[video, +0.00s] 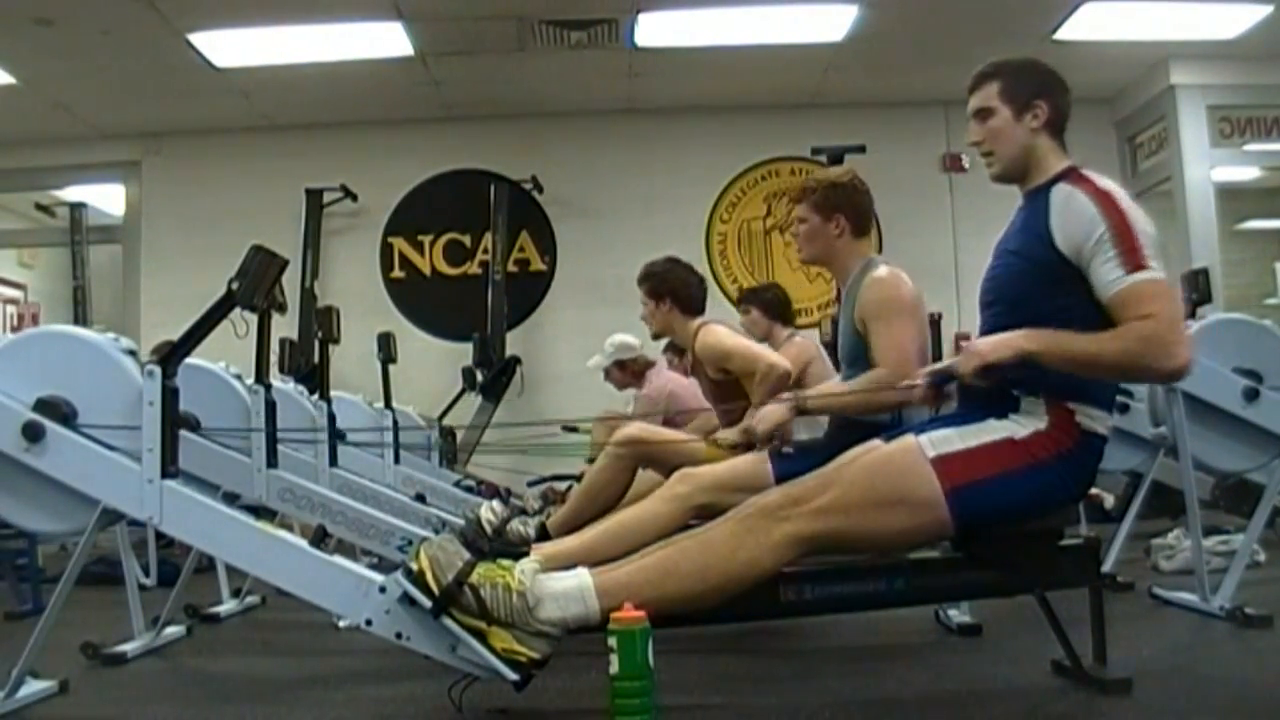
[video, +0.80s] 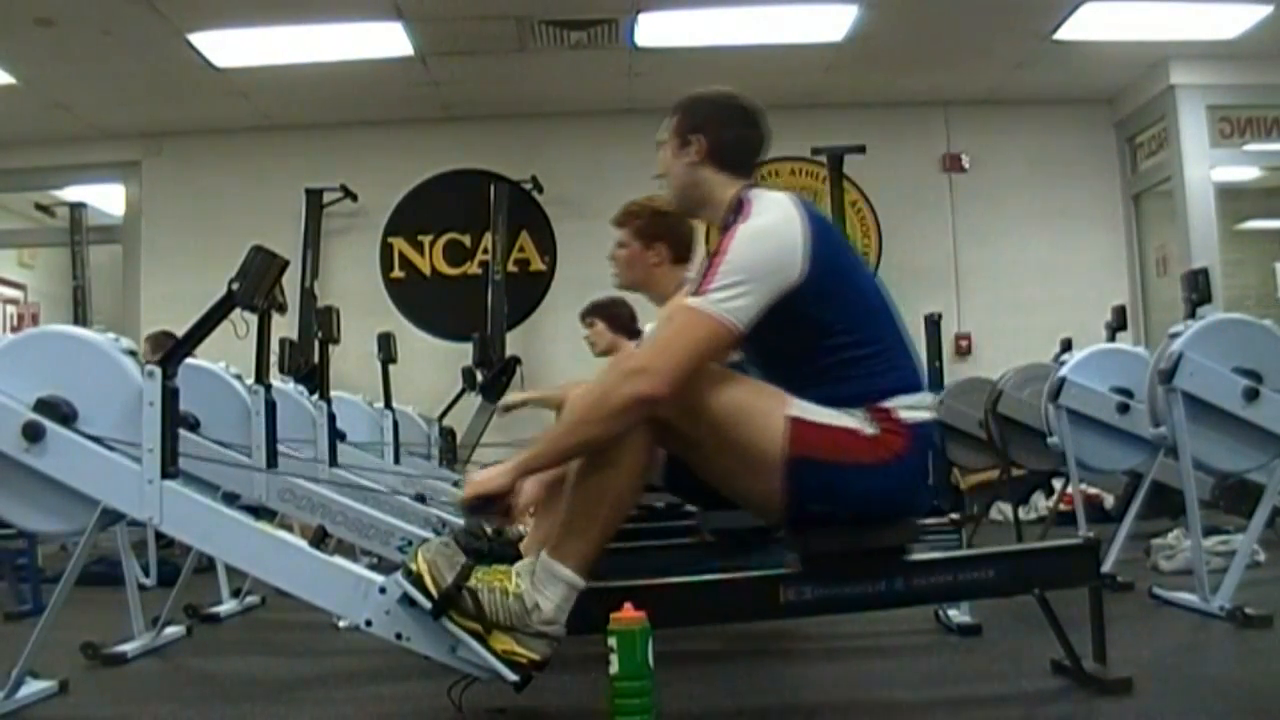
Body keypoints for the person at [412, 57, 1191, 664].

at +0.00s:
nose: (973, 140)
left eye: (985, 121)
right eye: (971, 126)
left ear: (1038, 117)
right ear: (1012, 126)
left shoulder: (1086, 198)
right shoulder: (1040, 213)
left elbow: (1166, 344)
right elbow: (1062, 341)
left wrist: (1018, 345)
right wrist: (972, 364)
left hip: (1042, 436)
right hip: (1002, 425)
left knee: (800, 513)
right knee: (782, 502)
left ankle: (566, 606)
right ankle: (560, 593)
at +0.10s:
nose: (954, 138)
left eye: (968, 118)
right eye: (953, 124)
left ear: (1023, 117)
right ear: (1006, 125)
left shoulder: (1068, 199)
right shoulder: (1020, 212)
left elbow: (1114, 363)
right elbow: (1037, 355)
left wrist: (962, 363)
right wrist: (938, 380)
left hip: (1037, 434)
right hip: (997, 427)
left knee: (791, 519)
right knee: (770, 506)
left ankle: (555, 608)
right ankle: (552, 597)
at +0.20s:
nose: (933, 132)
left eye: (946, 113)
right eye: (931, 119)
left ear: (999, 113)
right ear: (979, 123)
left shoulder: (1044, 196)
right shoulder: (993, 216)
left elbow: (1038, 369)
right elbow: (986, 362)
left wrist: (885, 391)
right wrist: (879, 405)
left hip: (1035, 438)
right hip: (990, 431)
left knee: (788, 508)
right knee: (761, 496)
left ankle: (554, 605)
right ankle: (551, 597)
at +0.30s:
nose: (899, 133)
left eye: (912, 114)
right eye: (899, 119)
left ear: (967, 116)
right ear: (945, 123)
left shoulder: (1013, 194)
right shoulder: (952, 228)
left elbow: (966, 364)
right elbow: (914, 351)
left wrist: (811, 416)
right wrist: (801, 410)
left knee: (775, 486)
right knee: (716, 461)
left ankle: (555, 607)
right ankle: (538, 579)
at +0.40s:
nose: (853, 135)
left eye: (866, 116)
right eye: (854, 119)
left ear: (919, 119)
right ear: (907, 124)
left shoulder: (970, 197)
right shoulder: (916, 220)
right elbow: (860, 353)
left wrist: (732, 429)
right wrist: (736, 417)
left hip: (1015, 439)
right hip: (965, 432)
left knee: (752, 462)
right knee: (739, 460)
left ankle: (556, 603)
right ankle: (549, 595)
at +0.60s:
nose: (751, 157)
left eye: (760, 135)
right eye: (755, 138)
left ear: (802, 137)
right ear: (806, 138)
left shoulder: (868, 213)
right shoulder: (830, 224)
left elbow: (754, 371)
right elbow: (732, 350)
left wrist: (612, 451)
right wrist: (617, 441)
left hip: (961, 441)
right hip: (912, 430)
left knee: (714, 419)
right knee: (696, 409)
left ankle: (546, 608)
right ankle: (536, 592)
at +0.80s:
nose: (658, 166)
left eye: (665, 150)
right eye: (660, 151)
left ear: (697, 150)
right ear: (713, 154)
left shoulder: (770, 225)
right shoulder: (735, 235)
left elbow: (650, 382)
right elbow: (642, 370)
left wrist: (515, 467)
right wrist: (549, 475)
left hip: (882, 450)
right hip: (837, 440)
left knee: (654, 385)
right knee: (631, 394)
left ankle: (544, 602)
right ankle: (531, 590)